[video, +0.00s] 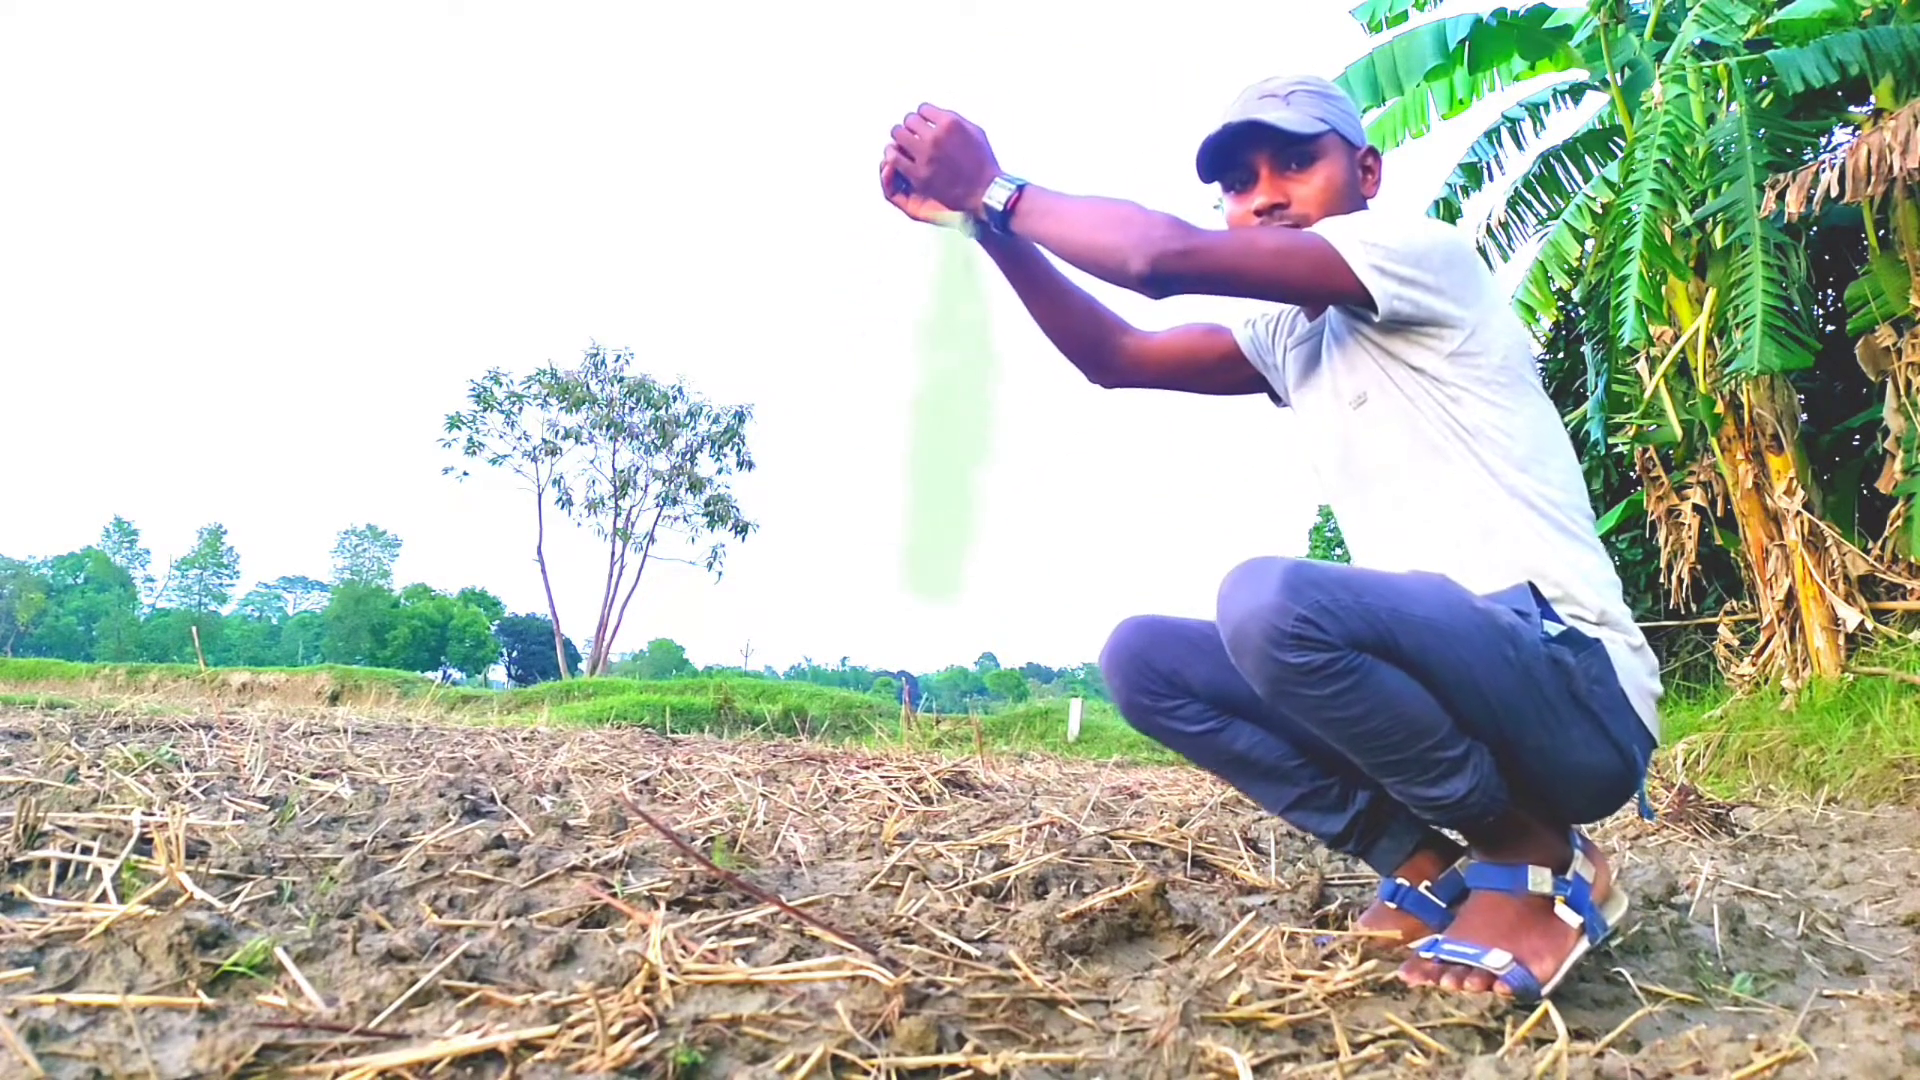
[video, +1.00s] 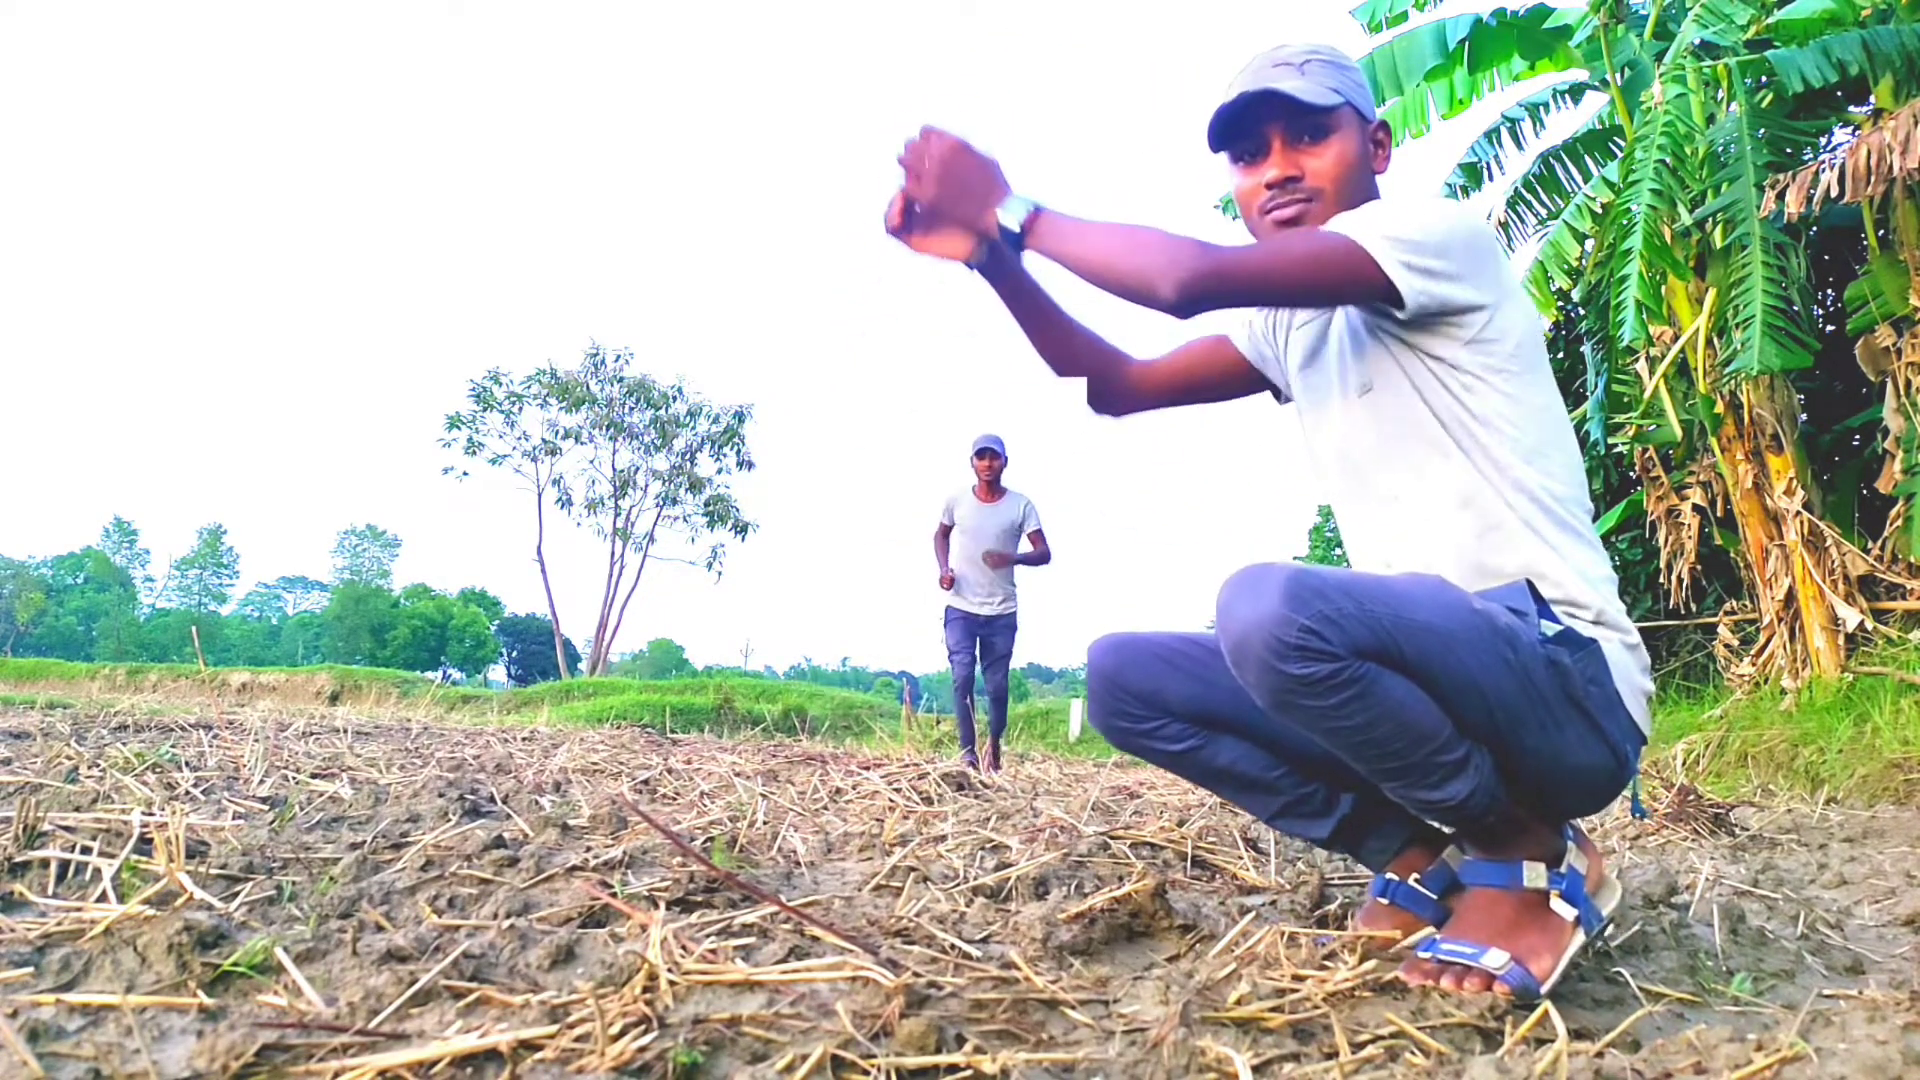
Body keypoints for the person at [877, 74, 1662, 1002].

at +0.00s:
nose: (1265, 196)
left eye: (1296, 160)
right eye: (1238, 183)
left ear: (1368, 172)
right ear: (1225, 205)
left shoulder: (1420, 257)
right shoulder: (1296, 335)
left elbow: (1163, 255)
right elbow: (1116, 357)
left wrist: (990, 192)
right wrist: (987, 219)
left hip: (1574, 682)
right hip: (1452, 695)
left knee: (1269, 604)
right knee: (1143, 659)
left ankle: (1530, 851)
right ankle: (1433, 858)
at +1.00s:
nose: (1275, 167)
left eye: (1309, 132)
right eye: (1247, 148)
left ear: (1379, 149)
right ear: (1231, 180)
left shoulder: (1443, 239)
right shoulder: (1295, 328)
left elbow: (1189, 278)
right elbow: (1116, 383)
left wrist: (1011, 212)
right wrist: (991, 257)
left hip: (1566, 670)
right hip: (1435, 684)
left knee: (1271, 611)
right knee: (1124, 681)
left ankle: (1520, 859)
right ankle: (1425, 854)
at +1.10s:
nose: (1281, 161)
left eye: (1313, 129)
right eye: (1252, 143)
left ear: (1381, 147)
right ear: (1235, 186)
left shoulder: (1459, 247)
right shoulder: (1301, 346)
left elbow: (1295, 397)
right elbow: (1179, 501)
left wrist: (1077, 386)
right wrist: (1041, 453)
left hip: (1567, 676)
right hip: (1434, 700)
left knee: (1268, 613)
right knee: (1122, 681)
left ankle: (1518, 859)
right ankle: (1415, 858)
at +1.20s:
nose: (1273, 168)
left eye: (1302, 136)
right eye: (1241, 150)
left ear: (1364, 151)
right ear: (1220, 190)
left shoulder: (1457, 259)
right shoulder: (1275, 369)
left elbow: (1387, 461)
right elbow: (1228, 554)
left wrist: (1147, 494)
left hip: (1573, 684)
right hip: (1420, 707)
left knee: (1278, 608)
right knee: (1122, 677)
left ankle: (1521, 859)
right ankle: (1411, 853)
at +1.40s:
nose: (1226, 163)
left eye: (1249, 120)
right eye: (1188, 144)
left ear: (1312, 112)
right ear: (1163, 176)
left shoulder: (1438, 205)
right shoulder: (1236, 323)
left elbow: (1496, 432)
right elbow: (1251, 520)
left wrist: (1227, 473)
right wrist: (1168, 578)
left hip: (1615, 606)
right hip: (1439, 632)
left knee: (1390, 528)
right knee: (1158, 629)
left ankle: (1529, 864)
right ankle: (1416, 860)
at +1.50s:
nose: (1247, 67)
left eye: (1272, 23)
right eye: (1207, 43)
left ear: (1337, 15)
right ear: (1175, 71)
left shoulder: (1479, 120)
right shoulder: (1226, 220)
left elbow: (1533, 378)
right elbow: (1249, 434)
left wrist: (1276, 469)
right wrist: (1193, 551)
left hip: (1626, 465)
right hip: (1426, 491)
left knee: (1445, 500)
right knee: (1187, 594)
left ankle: (1533, 864)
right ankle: (1426, 864)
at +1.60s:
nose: (1338, 73)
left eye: (1367, 48)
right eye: (1315, 44)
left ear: (1428, 12)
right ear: (1295, 11)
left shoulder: (1556, 28)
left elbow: (1561, 316)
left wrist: (1348, 507)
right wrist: (1264, 550)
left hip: (1634, 332)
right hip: (1449, 359)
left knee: (1500, 505)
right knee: (1220, 555)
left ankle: (1542, 876)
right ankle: (1429, 856)